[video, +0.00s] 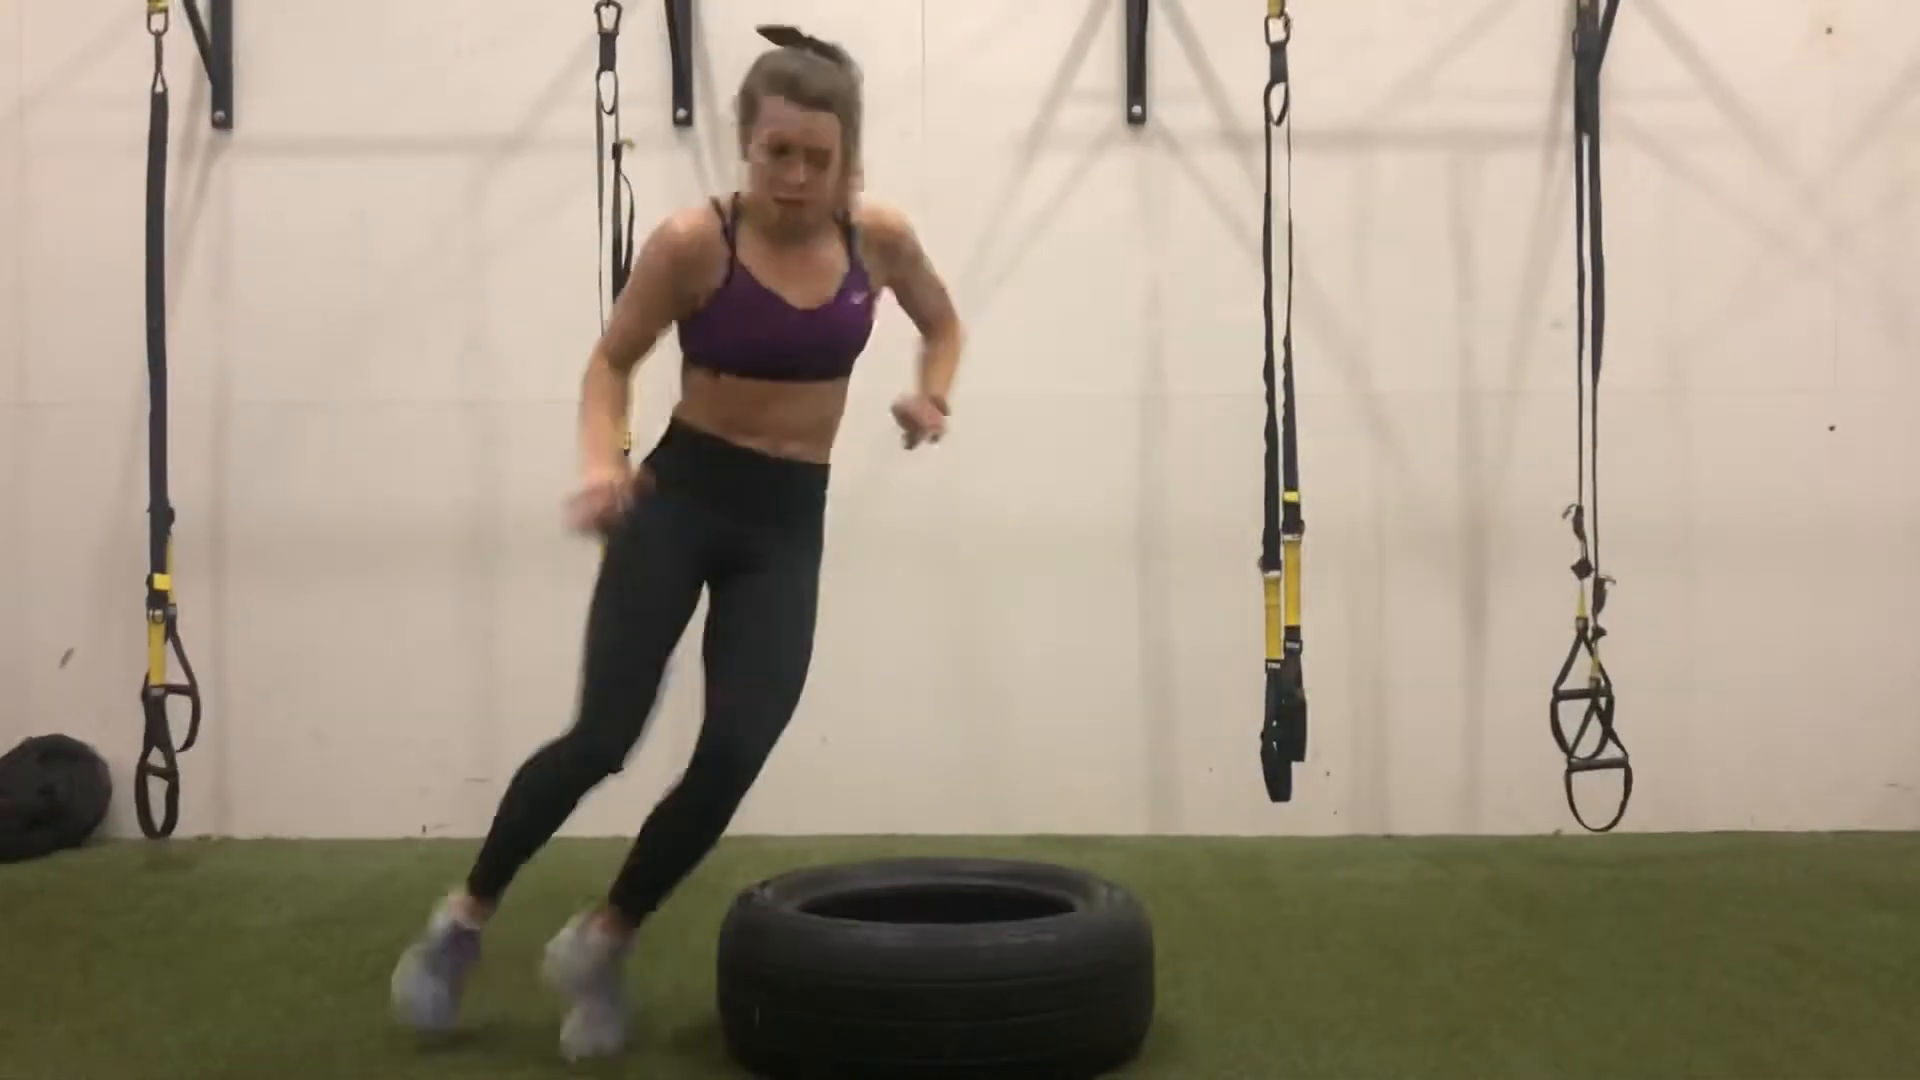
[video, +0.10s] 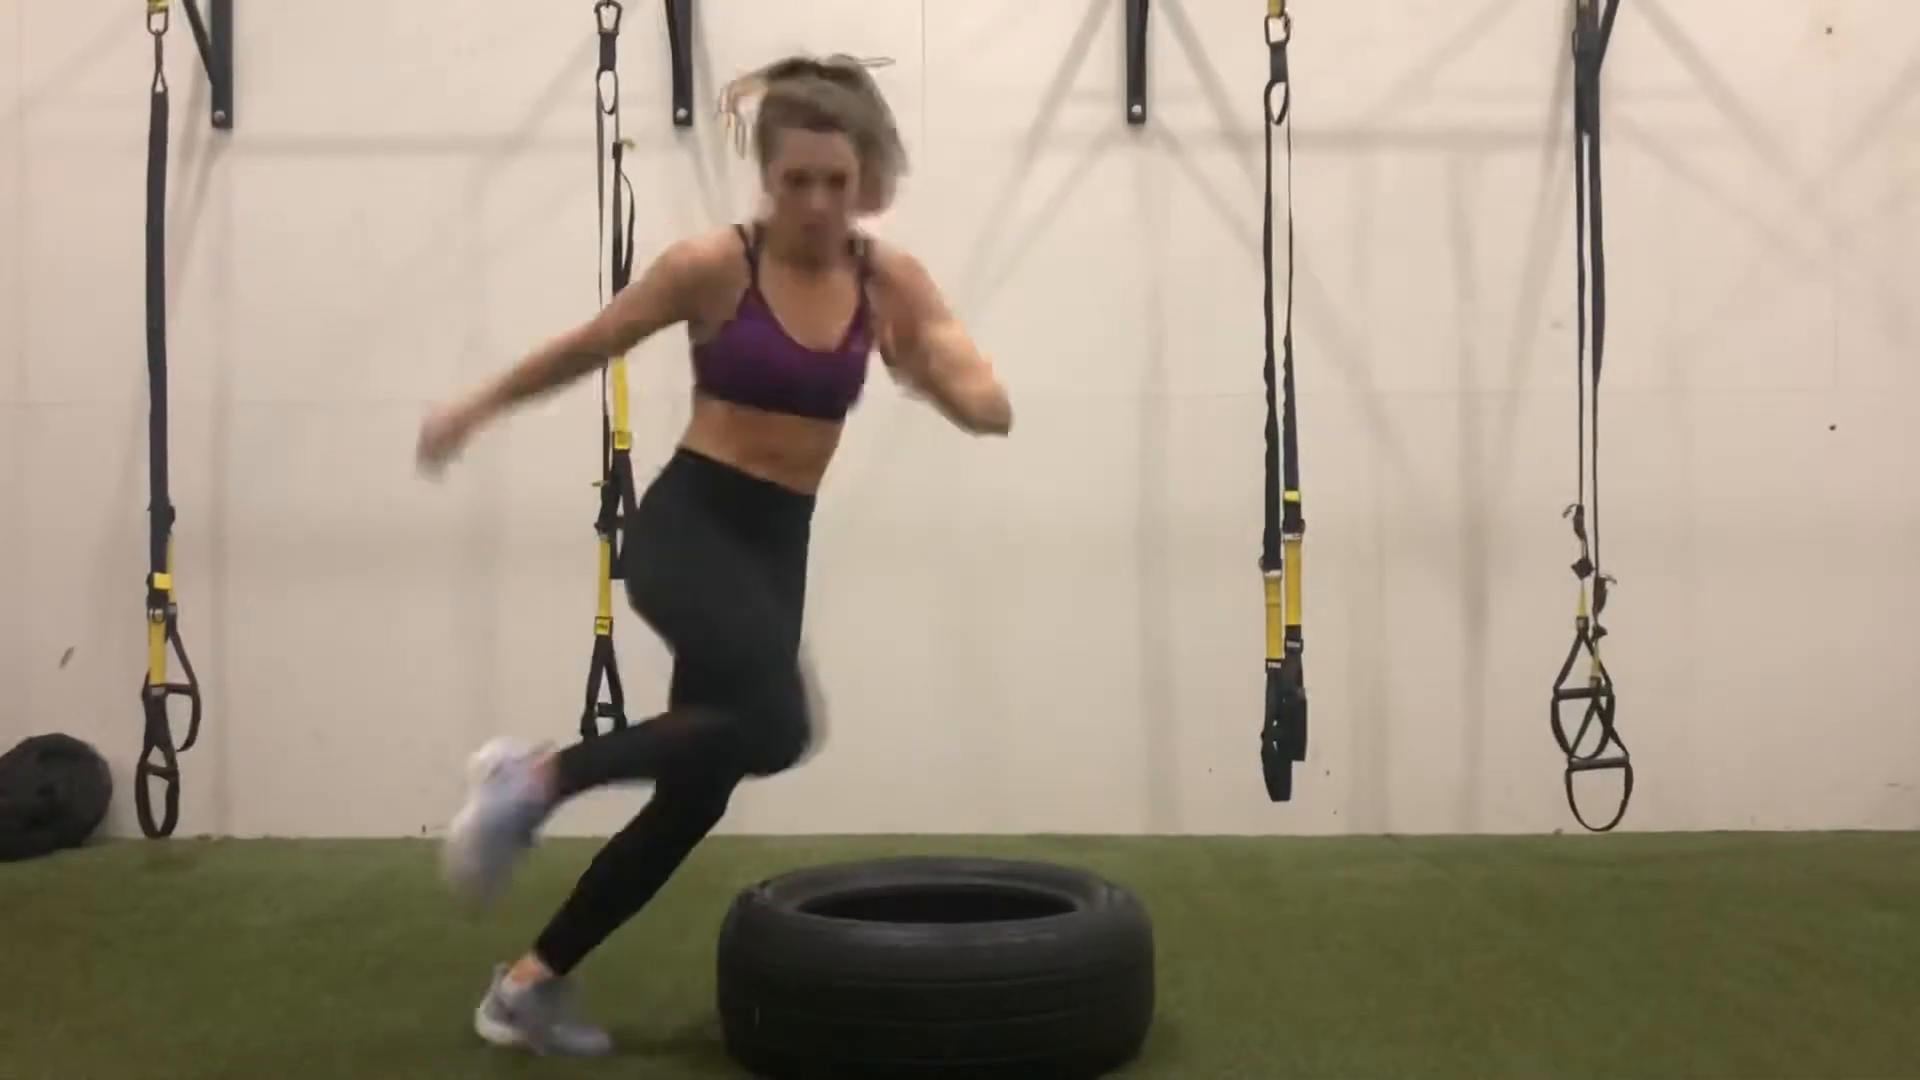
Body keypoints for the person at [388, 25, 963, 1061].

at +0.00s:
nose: (795, 175)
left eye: (817, 156)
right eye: (777, 152)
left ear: (849, 152)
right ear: (745, 142)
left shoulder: (878, 238)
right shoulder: (691, 242)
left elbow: (941, 324)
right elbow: (613, 361)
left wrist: (932, 390)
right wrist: (603, 465)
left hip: (786, 518)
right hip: (676, 498)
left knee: (732, 761)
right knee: (602, 740)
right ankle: (463, 918)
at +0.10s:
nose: (816, 203)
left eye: (837, 182)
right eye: (796, 180)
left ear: (869, 178)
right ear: (766, 173)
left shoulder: (889, 280)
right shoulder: (710, 266)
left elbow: (997, 414)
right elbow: (588, 347)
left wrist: (937, 376)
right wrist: (472, 409)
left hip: (777, 546)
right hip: (689, 521)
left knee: (697, 799)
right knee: (772, 726)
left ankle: (530, 984)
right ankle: (532, 779)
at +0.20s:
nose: (847, 164)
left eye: (869, 142)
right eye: (828, 142)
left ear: (901, 133)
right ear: (797, 133)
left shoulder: (933, 209)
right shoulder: (763, 225)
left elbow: (988, 310)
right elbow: (647, 264)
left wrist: (894, 263)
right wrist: (549, 284)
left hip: (807, 496)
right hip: (754, 481)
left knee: (702, 744)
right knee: (946, 616)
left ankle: (540, 963)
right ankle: (731, 722)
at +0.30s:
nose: (915, 112)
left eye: (934, 92)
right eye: (895, 92)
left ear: (959, 85)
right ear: (857, 84)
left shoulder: (987, 153)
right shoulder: (824, 176)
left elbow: (1000, 258)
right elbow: (715, 234)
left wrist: (861, 230)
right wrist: (644, 261)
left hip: (876, 463)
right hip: (832, 461)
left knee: (849, 725)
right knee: (1017, 627)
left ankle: (631, 822)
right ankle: (899, 836)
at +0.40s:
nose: (972, 130)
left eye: (991, 108)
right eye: (951, 108)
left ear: (1018, 98)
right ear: (917, 96)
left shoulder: (1040, 167)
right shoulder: (876, 194)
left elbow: (1065, 249)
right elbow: (749, 256)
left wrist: (945, 252)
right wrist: (637, 289)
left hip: (966, 493)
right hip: (909, 493)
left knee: (1059, 705)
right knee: (982, 729)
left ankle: (861, 678)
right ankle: (947, 943)